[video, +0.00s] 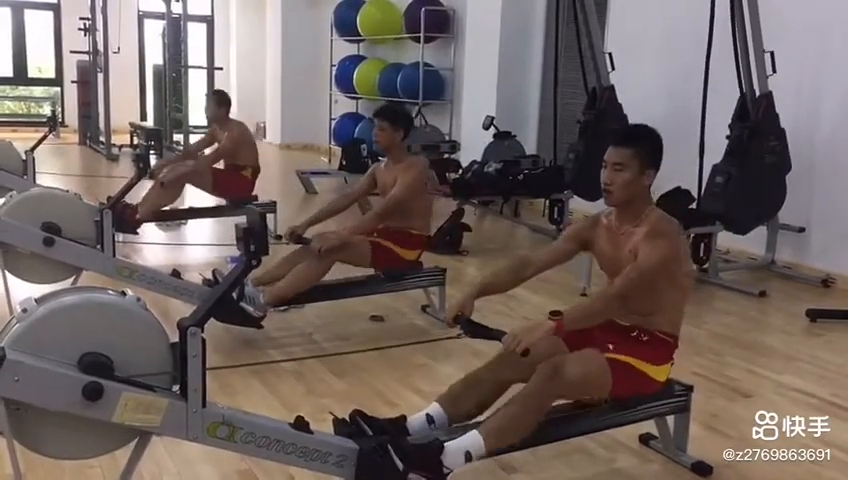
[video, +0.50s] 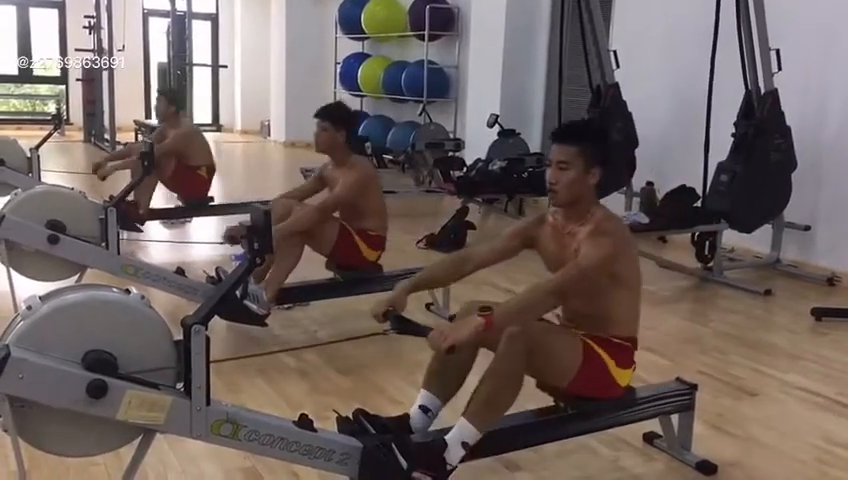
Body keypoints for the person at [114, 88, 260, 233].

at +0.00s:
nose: (205, 110)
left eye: (209, 106)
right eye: (206, 106)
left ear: (222, 109)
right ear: (217, 109)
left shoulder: (236, 131)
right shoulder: (216, 130)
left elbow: (212, 160)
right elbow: (192, 150)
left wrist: (176, 170)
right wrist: (164, 163)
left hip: (241, 186)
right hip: (231, 181)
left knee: (184, 173)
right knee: (177, 168)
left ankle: (141, 216)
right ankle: (138, 211)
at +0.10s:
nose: (198, 111)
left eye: (202, 106)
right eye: (198, 106)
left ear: (217, 109)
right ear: (201, 108)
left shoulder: (226, 131)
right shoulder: (209, 129)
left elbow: (202, 158)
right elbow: (187, 148)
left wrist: (166, 168)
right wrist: (163, 160)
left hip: (233, 186)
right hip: (224, 181)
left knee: (176, 169)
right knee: (171, 165)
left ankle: (141, 214)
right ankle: (139, 210)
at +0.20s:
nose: (185, 113)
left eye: (189, 109)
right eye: (185, 109)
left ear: (204, 109)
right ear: (201, 110)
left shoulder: (217, 131)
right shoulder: (201, 129)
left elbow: (185, 159)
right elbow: (178, 146)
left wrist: (148, 165)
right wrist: (151, 158)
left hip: (225, 185)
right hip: (216, 180)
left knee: (172, 164)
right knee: (167, 161)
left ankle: (141, 212)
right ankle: (140, 208)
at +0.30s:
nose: (178, 108)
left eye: (182, 105)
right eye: (178, 104)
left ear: (196, 108)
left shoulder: (206, 130)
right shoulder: (187, 128)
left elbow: (180, 153)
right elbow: (168, 144)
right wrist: (138, 156)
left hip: (216, 184)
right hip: (207, 179)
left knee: (165, 165)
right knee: (160, 158)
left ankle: (140, 213)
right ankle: (138, 209)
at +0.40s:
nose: (167, 109)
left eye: (172, 106)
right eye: (170, 105)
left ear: (184, 109)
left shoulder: (194, 132)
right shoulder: (176, 128)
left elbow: (160, 156)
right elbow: (151, 147)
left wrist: (122, 163)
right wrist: (121, 162)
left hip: (206, 186)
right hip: (198, 180)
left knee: (158, 163)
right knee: (154, 165)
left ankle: (140, 210)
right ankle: (139, 209)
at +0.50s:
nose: (156, 107)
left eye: (160, 103)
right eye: (157, 102)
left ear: (172, 109)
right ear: (170, 110)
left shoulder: (182, 134)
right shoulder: (166, 130)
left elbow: (148, 157)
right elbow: (141, 148)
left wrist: (114, 167)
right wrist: (107, 158)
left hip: (198, 186)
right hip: (188, 181)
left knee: (152, 162)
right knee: (141, 159)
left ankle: (141, 209)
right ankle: (139, 207)